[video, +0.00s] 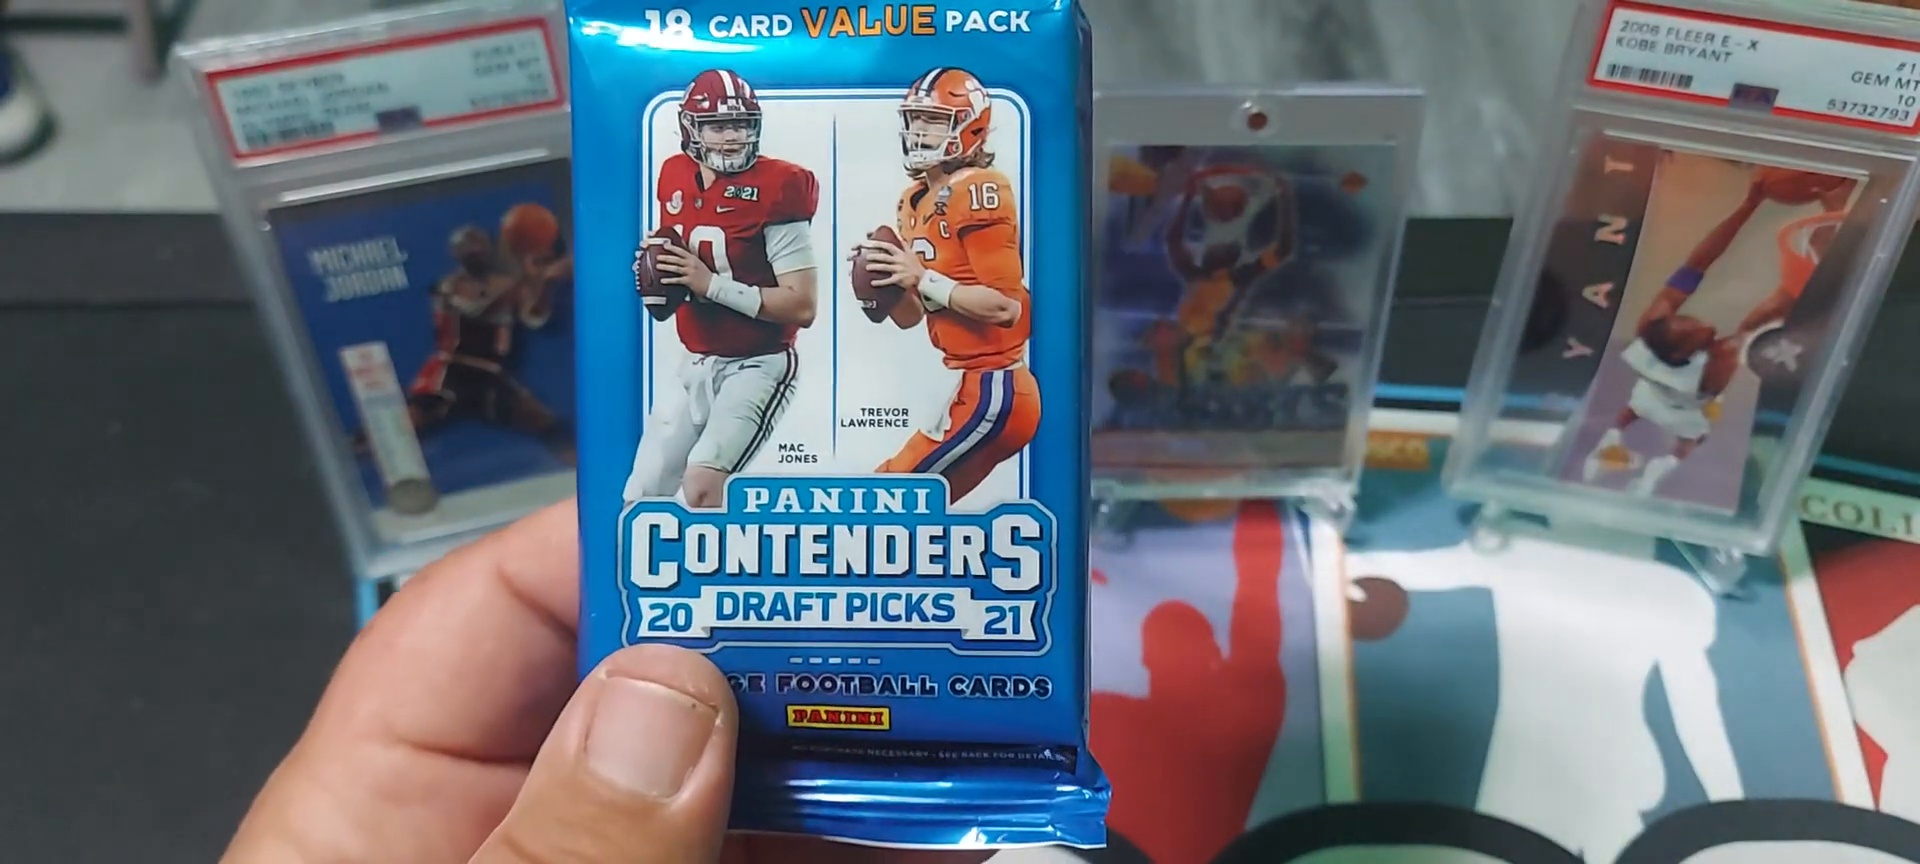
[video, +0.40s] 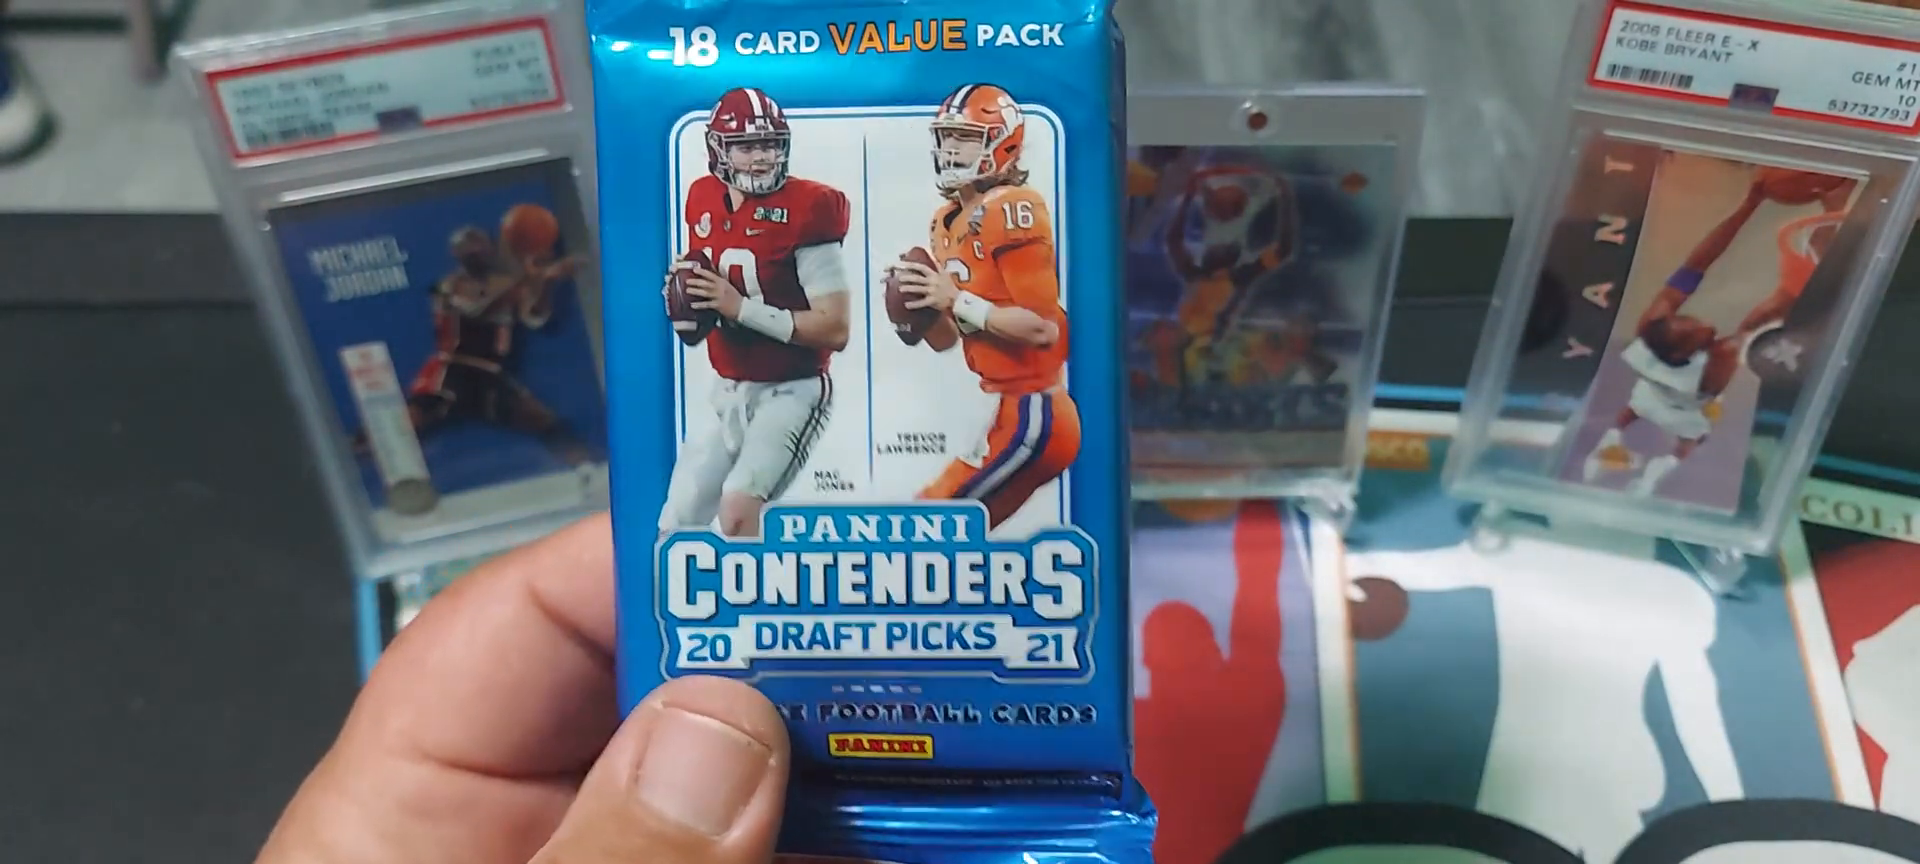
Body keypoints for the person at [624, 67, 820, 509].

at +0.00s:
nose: (732, 136)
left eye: (741, 124)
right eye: (718, 126)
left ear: (754, 127)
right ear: (692, 130)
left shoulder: (780, 186)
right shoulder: (674, 175)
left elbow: (803, 307)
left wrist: (711, 284)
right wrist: (654, 269)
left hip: (761, 364)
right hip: (695, 364)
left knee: (701, 488)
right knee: (641, 495)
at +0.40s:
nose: (761, 157)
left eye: (771, 145)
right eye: (747, 146)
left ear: (784, 147)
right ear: (720, 150)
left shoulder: (811, 207)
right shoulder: (702, 198)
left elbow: (835, 329)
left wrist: (740, 308)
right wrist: (684, 293)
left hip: (794, 390)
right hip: (727, 392)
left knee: (738, 510)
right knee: (675, 525)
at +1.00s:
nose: (747, 176)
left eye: (756, 164)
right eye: (734, 166)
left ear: (771, 165)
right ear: (708, 168)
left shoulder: (801, 226)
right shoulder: (692, 217)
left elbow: (831, 348)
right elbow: (694, 295)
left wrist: (735, 328)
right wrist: (675, 311)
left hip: (791, 411)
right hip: (724, 412)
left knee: (738, 535)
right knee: (678, 547)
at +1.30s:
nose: (759, 214)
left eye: (769, 202)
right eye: (745, 202)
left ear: (784, 203)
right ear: (716, 204)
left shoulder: (815, 266)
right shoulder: (700, 253)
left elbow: (841, 390)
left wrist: (742, 365)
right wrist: (682, 349)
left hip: (800, 450)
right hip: (729, 448)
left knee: (745, 571)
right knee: (686, 581)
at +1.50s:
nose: (723, 264)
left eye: (731, 252)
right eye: (708, 254)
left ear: (746, 254)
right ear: (679, 261)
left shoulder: (783, 316)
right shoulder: (667, 307)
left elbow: (820, 436)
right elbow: (676, 439)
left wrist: (719, 415)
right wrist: (657, 400)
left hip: (783, 491)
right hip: (714, 491)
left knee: (740, 596)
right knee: (681, 614)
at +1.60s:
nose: (742, 263)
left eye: (751, 250)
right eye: (728, 252)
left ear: (766, 253)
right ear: (700, 257)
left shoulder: (801, 313)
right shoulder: (687, 305)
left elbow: (835, 433)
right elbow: (691, 437)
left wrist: (735, 413)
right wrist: (675, 399)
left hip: (797, 490)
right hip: (730, 491)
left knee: (751, 602)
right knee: (693, 616)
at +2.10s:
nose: (808, 322)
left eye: (817, 310)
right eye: (795, 311)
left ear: (832, 312)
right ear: (768, 313)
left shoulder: (861, 372)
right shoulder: (753, 360)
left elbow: (889, 488)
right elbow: (749, 483)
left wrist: (792, 464)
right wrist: (735, 451)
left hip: (849, 542)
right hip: (781, 540)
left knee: (797, 645)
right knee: (739, 657)